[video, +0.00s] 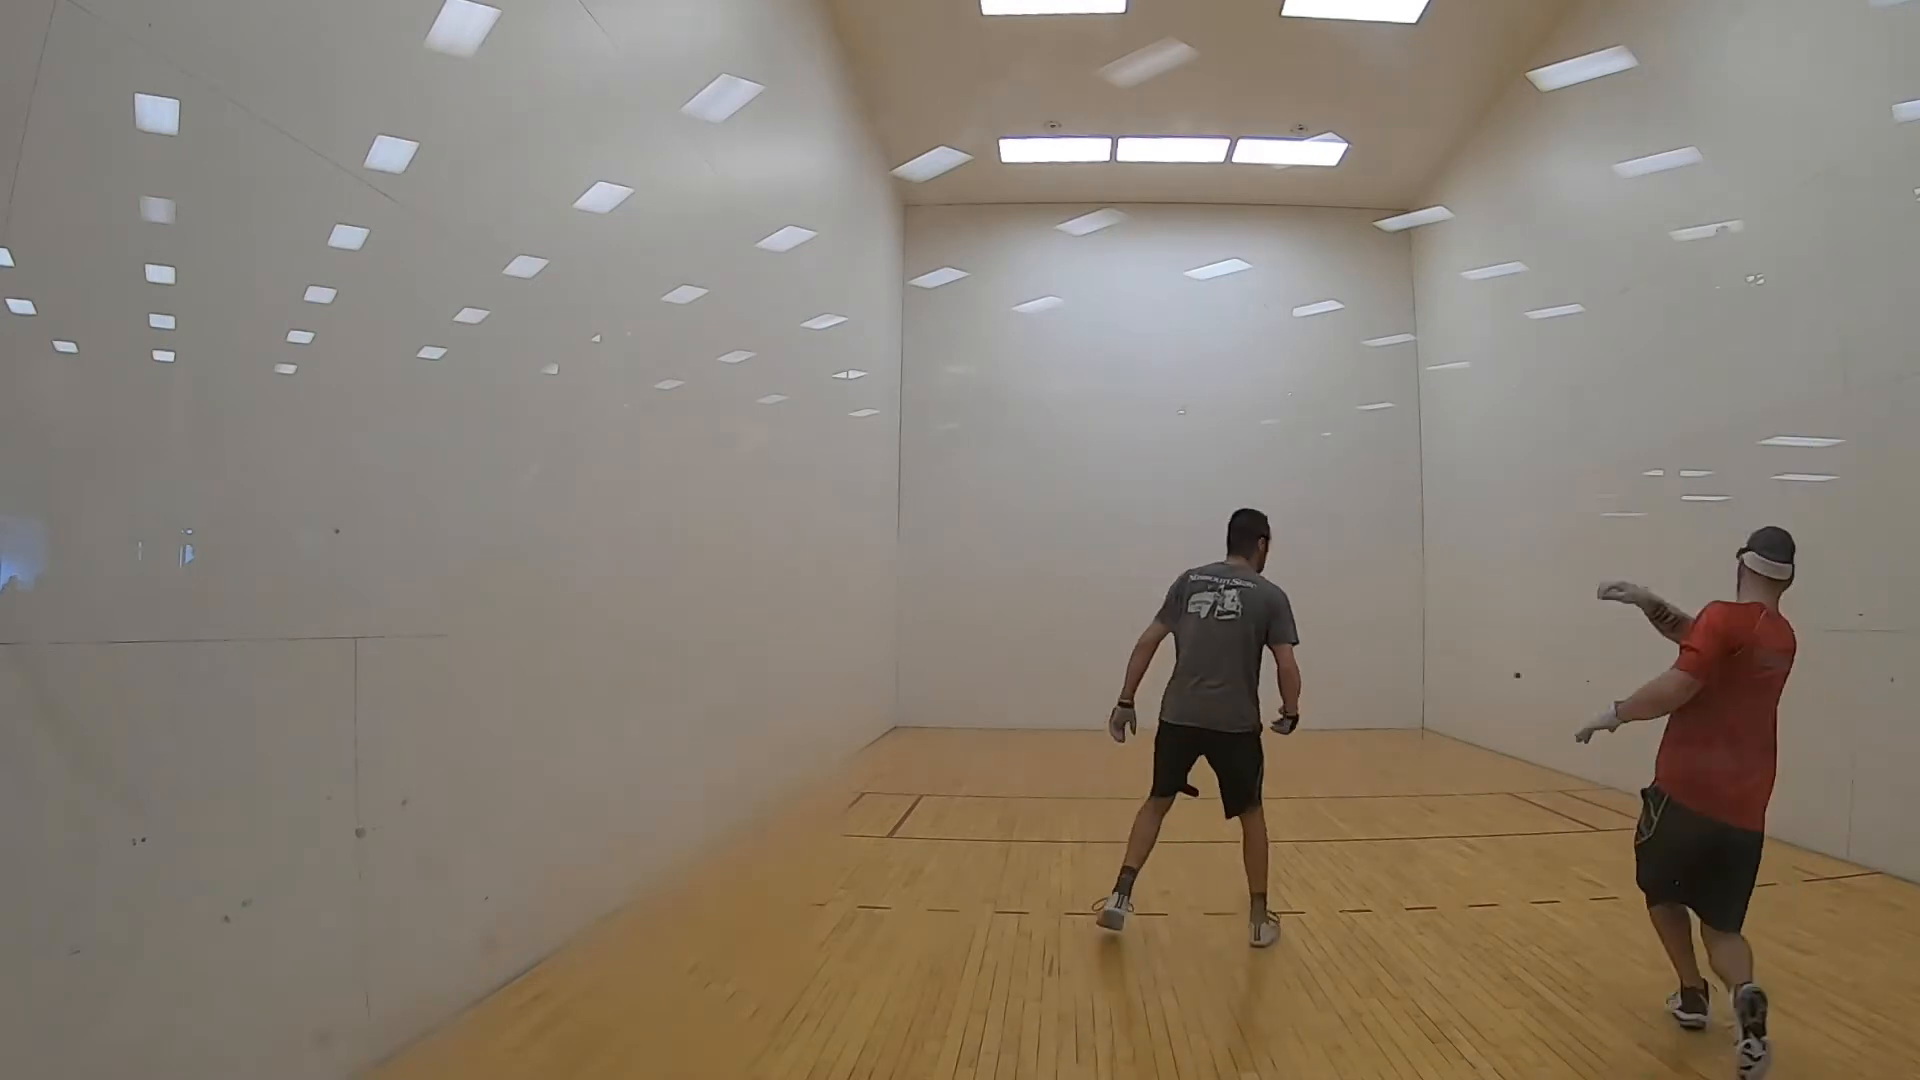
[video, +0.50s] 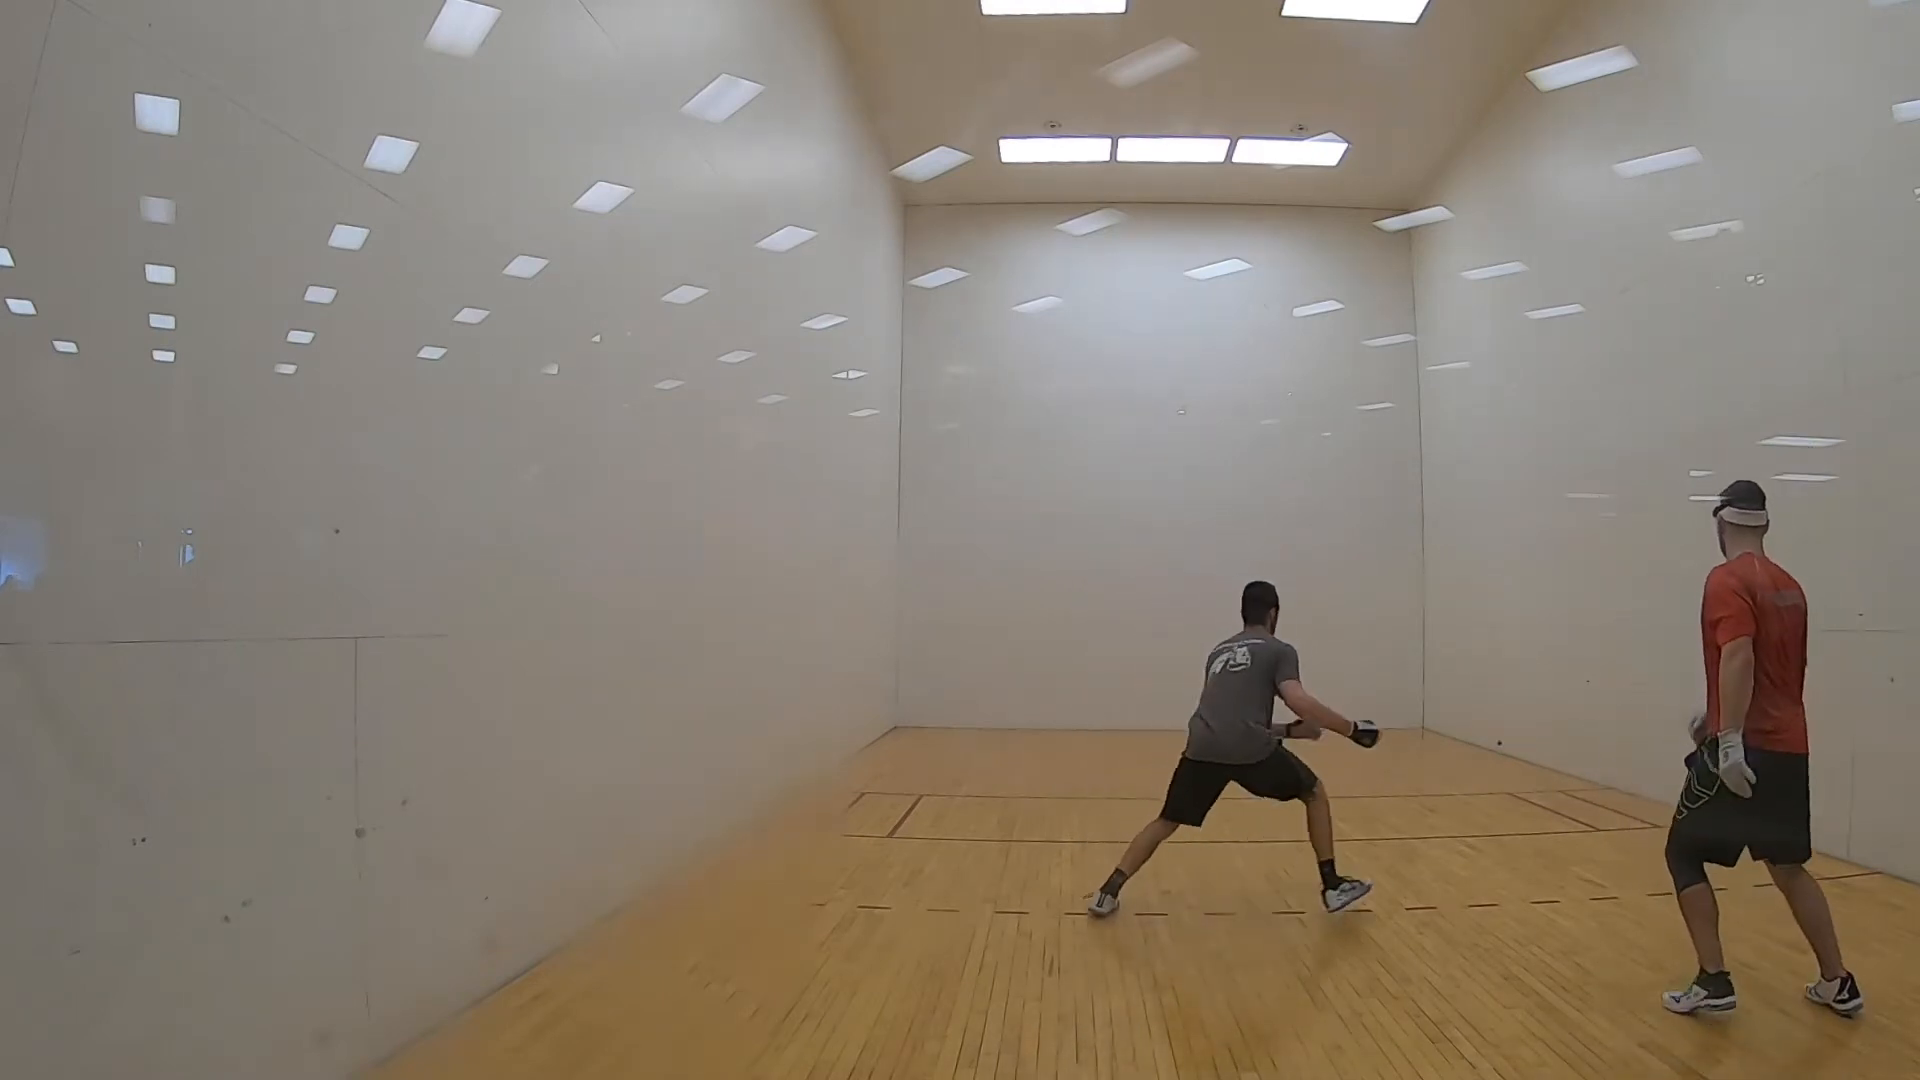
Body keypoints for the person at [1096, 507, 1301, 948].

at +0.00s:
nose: (1270, 552)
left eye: (1269, 545)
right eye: (1270, 545)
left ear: (1227, 542)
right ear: (1262, 545)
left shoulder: (1188, 581)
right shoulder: (1269, 595)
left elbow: (1148, 642)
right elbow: (1286, 663)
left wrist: (1125, 700)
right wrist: (1291, 711)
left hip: (1178, 720)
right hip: (1234, 726)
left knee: (1157, 802)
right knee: (1252, 817)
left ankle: (1119, 897)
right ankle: (1259, 919)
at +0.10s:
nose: (1260, 550)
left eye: (1257, 542)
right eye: (1260, 544)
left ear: (1220, 544)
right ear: (1257, 547)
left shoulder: (1186, 584)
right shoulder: (1266, 597)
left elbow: (1145, 640)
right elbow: (1286, 664)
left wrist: (1127, 692)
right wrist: (1286, 700)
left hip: (1179, 719)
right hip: (1236, 725)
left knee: (1152, 801)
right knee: (1256, 815)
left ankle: (1111, 892)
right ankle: (1259, 920)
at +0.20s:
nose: (1252, 563)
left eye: (1248, 556)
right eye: (1252, 557)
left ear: (1213, 559)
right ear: (1249, 561)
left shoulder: (1183, 601)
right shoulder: (1259, 608)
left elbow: (1143, 654)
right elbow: (1277, 673)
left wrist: (1132, 703)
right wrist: (1284, 703)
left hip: (1179, 734)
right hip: (1234, 737)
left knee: (1153, 807)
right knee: (1258, 821)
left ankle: (1108, 893)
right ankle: (1259, 921)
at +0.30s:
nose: (1246, 583)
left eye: (1243, 577)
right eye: (1246, 577)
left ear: (1209, 580)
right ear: (1243, 581)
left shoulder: (1180, 624)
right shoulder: (1253, 626)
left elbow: (1141, 681)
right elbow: (1266, 695)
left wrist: (1150, 725)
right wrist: (1286, 711)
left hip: (1175, 742)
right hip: (1227, 746)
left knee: (1152, 809)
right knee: (1262, 813)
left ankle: (1103, 893)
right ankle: (1252, 900)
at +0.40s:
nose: (1252, 603)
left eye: (1250, 598)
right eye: (1253, 598)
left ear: (1217, 599)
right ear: (1249, 600)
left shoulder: (1191, 642)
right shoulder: (1259, 640)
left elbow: (1167, 711)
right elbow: (1271, 698)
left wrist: (1195, 740)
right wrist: (1307, 729)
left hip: (1183, 748)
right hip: (1234, 749)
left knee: (1156, 813)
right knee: (1283, 803)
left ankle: (1105, 891)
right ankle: (1275, 892)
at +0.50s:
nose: (1279, 619)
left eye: (1275, 612)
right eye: (1278, 612)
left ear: (1243, 613)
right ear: (1273, 613)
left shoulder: (1220, 650)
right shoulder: (1279, 650)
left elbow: (1231, 720)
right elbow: (1299, 702)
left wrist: (1290, 730)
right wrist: (1353, 730)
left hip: (1201, 752)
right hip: (1251, 750)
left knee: (1165, 821)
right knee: (1313, 791)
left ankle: (1107, 891)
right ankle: (1332, 885)